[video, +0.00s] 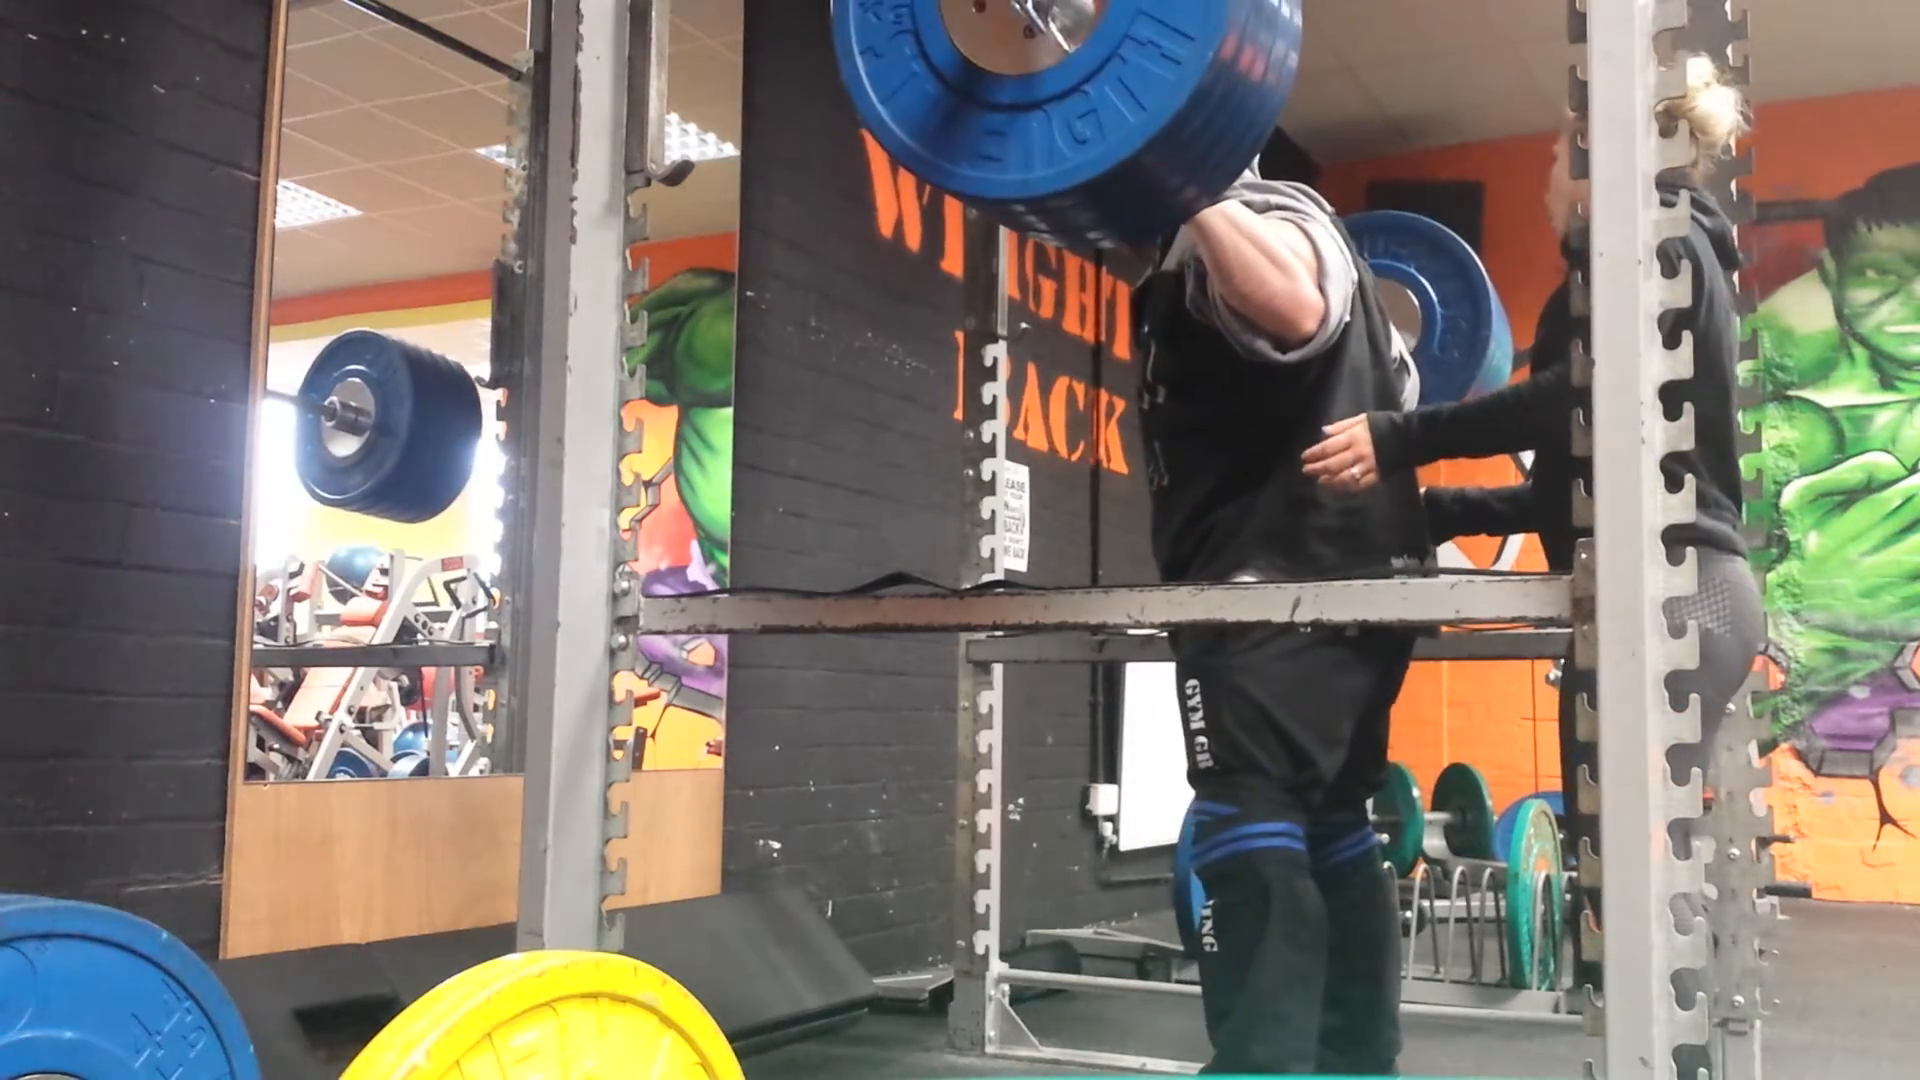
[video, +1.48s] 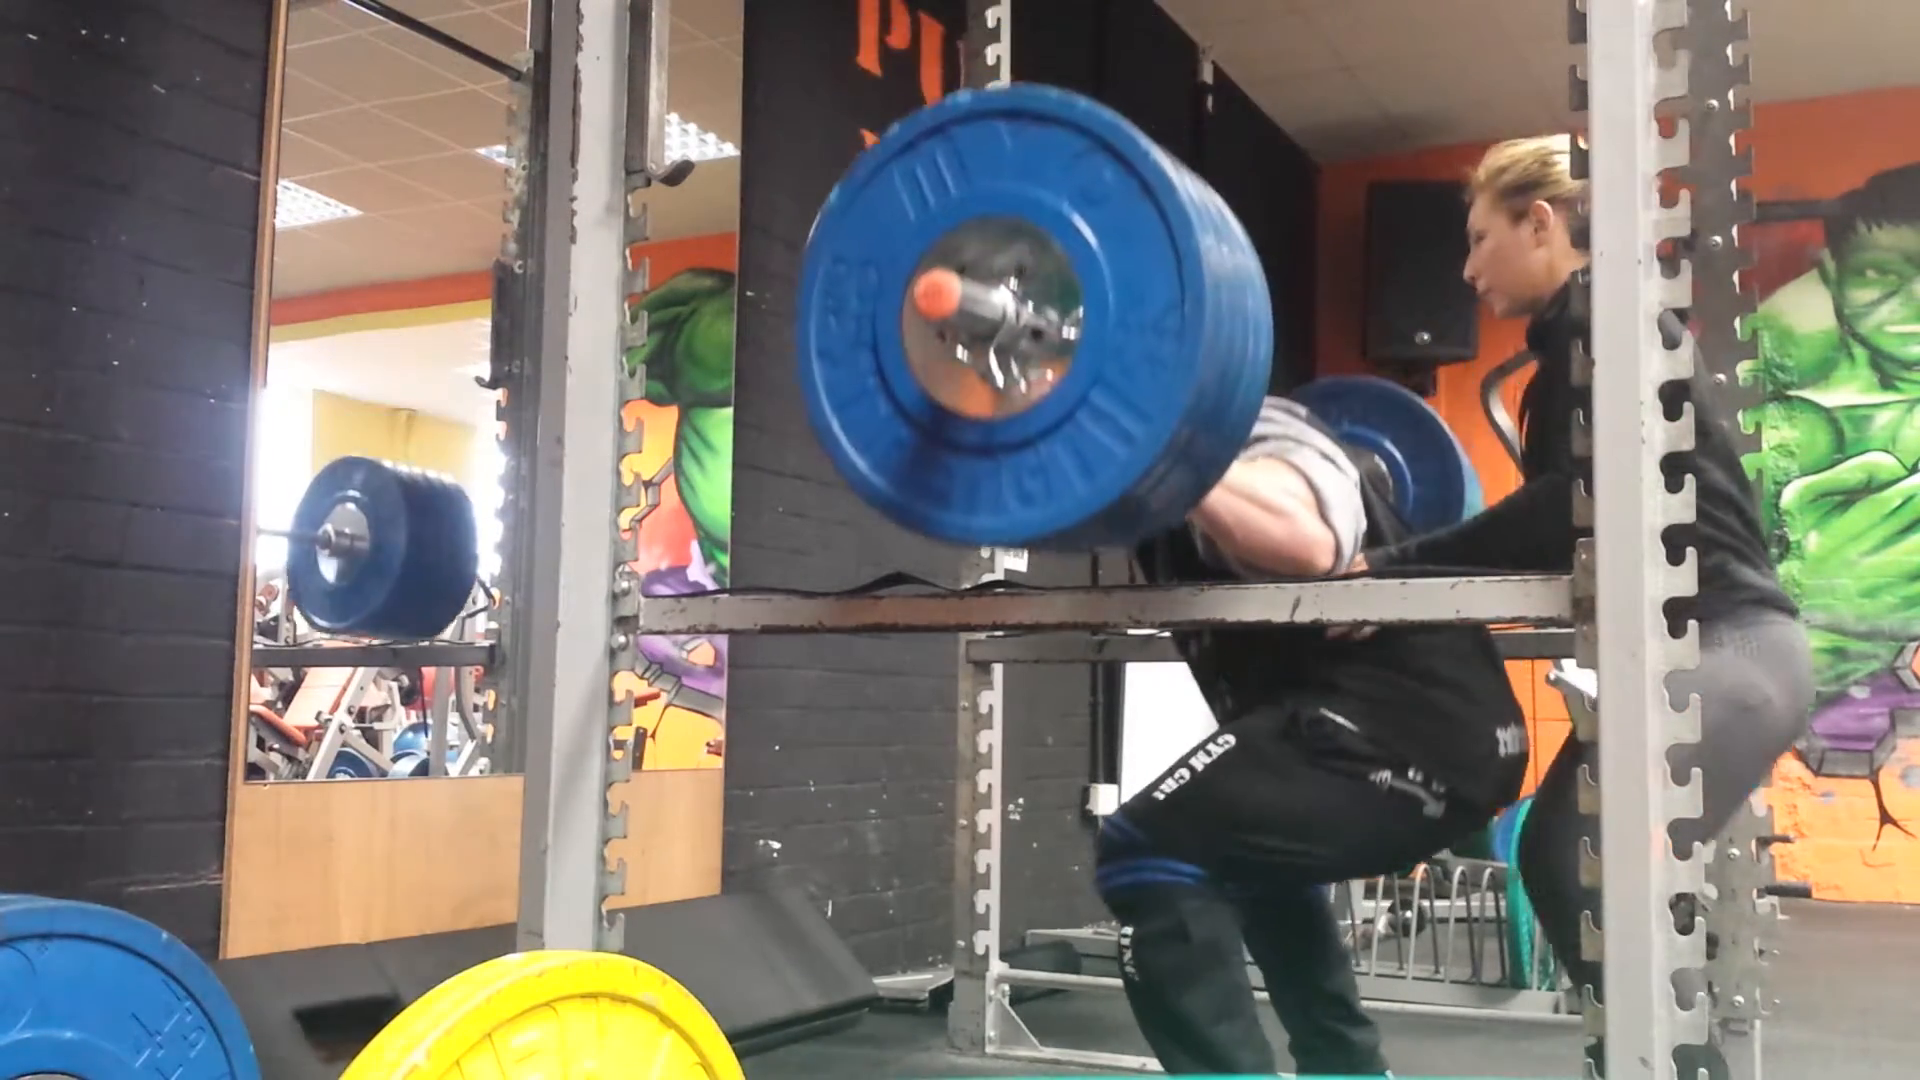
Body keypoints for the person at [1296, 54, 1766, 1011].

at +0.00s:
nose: (1552, 164)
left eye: (1567, 143)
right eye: (1561, 143)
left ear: (1604, 154)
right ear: (1647, 153)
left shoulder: (1651, 239)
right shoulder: (1650, 261)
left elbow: (1581, 393)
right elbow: (1582, 494)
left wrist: (1402, 438)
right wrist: (1424, 509)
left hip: (1668, 587)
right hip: (1670, 589)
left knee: (1628, 853)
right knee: (1630, 852)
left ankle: (1651, 1052)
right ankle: (1657, 1049)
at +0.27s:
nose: (1548, 182)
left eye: (1560, 161)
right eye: (1554, 161)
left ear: (1597, 166)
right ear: (1628, 164)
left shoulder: (1648, 245)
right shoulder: (1646, 268)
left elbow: (1580, 399)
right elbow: (1585, 493)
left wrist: (1405, 448)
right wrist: (1437, 511)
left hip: (1674, 585)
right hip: (1686, 586)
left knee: (1628, 844)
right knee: (1643, 845)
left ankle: (1652, 1055)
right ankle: (1670, 1052)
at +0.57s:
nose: (1544, 167)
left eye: (1556, 145)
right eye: (1551, 146)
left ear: (1601, 149)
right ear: (1628, 151)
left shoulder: (1640, 241)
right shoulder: (1669, 253)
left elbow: (1559, 396)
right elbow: (1575, 479)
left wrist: (1385, 436)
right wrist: (1422, 495)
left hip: (1658, 584)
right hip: (1693, 582)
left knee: (1614, 842)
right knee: (1628, 842)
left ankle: (1644, 1051)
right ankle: (1651, 1048)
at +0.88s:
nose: (1517, 191)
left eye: (1527, 166)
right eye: (1518, 169)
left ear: (1580, 157)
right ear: (1581, 163)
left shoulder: (1621, 262)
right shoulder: (1591, 282)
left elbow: (1576, 424)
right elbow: (1563, 477)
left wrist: (1401, 465)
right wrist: (1435, 514)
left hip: (1619, 591)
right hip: (1593, 589)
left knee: (1566, 816)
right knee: (1563, 816)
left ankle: (1624, 1041)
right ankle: (1616, 1037)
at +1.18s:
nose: (1465, 247)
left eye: (1473, 216)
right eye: (1464, 222)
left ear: (1537, 197)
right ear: (1548, 202)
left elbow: (1533, 458)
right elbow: (1572, 535)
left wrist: (1371, 535)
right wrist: (1445, 580)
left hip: (1686, 625)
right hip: (1728, 620)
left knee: (1559, 848)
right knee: (1574, 850)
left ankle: (1633, 1062)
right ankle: (1647, 1060)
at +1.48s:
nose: (1469, 271)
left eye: (1479, 242)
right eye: (1468, 247)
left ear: (1541, 223)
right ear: (1543, 228)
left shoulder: (1598, 323)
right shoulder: (1595, 322)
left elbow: (1577, 503)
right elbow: (1554, 506)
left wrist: (1393, 569)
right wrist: (1399, 562)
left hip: (1729, 647)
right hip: (1704, 646)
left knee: (1564, 848)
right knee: (1556, 844)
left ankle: (1660, 1056)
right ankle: (1661, 1050)